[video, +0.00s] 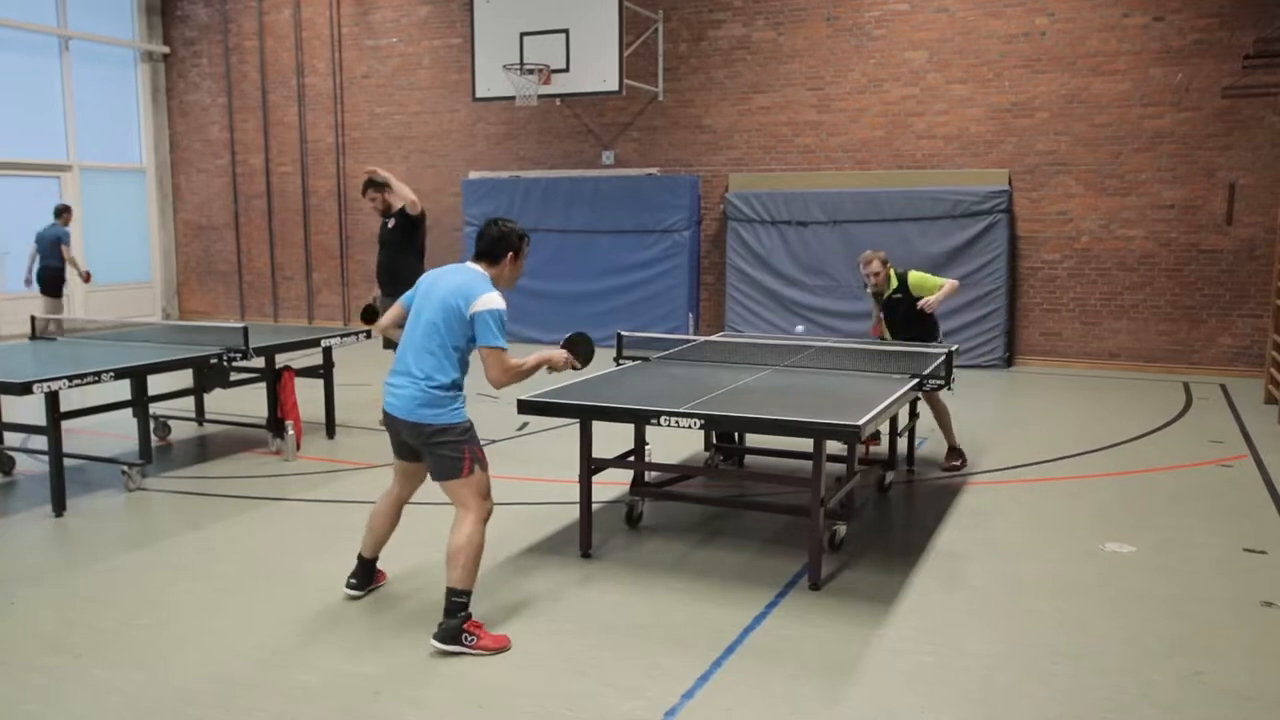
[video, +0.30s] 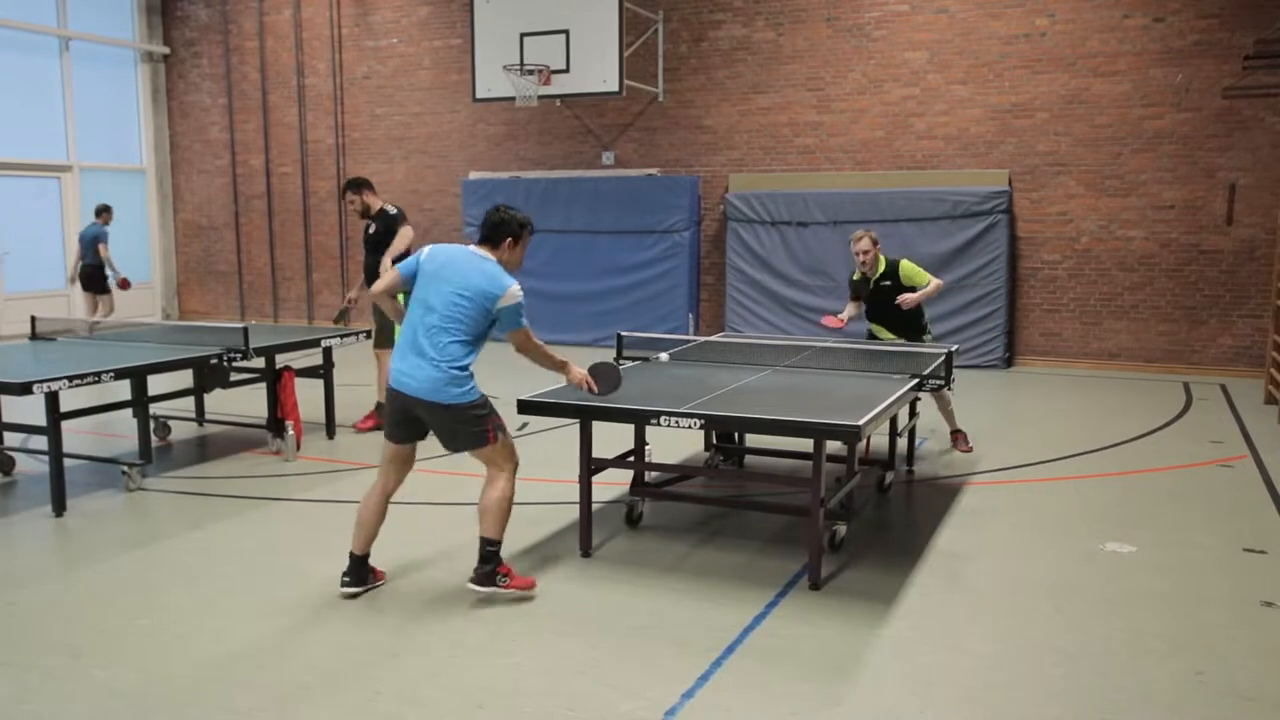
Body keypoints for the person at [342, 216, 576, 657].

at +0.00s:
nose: (520, 271)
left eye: (522, 263)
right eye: (522, 262)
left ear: (479, 252)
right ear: (509, 258)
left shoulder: (434, 276)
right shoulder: (485, 295)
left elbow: (386, 325)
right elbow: (500, 375)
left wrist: (429, 344)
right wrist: (546, 357)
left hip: (398, 405)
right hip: (438, 413)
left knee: (403, 484)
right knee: (475, 507)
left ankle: (361, 573)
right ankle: (455, 624)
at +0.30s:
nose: (523, 257)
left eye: (525, 249)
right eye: (523, 248)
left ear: (483, 237)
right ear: (509, 244)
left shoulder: (435, 253)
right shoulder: (504, 287)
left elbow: (379, 290)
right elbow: (525, 344)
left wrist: (408, 323)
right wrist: (566, 368)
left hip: (401, 383)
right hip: (448, 390)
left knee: (387, 476)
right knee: (503, 465)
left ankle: (356, 569)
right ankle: (489, 567)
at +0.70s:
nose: (543, 270)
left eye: (543, 264)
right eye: (543, 264)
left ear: (501, 259)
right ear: (534, 264)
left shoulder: (462, 282)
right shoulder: (541, 315)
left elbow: (423, 334)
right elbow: (555, 382)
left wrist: (446, 366)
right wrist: (571, 358)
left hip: (443, 416)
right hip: (500, 423)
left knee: (413, 494)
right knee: (521, 478)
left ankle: (398, 577)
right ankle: (522, 555)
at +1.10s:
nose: (515, 251)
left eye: (517, 243)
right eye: (517, 242)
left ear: (470, 233)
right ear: (506, 239)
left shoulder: (421, 267)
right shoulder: (496, 282)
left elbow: (384, 331)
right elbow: (514, 360)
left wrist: (429, 329)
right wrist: (547, 370)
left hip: (396, 404)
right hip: (453, 409)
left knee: (390, 501)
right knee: (495, 514)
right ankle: (510, 629)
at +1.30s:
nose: (475, 279)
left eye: (474, 273)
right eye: (474, 273)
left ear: (425, 272)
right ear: (466, 280)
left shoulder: (389, 295)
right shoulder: (468, 336)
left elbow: (413, 337)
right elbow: (515, 384)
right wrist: (543, 358)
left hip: (346, 444)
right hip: (402, 454)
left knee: (346, 519)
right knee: (470, 546)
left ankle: (282, 618)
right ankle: (502, 669)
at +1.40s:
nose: (431, 263)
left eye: (427, 257)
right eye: (428, 258)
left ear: (379, 258)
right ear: (420, 265)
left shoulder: (348, 279)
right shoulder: (429, 321)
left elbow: (389, 308)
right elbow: (484, 354)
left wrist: (424, 291)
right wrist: (536, 354)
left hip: (297, 434)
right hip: (357, 449)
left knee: (288, 512)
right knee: (418, 546)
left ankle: (222, 606)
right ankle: (475, 654)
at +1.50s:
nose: (382, 267)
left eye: (379, 261)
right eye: (377, 262)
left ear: (327, 266)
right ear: (366, 271)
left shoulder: (296, 294)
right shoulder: (376, 331)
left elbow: (337, 315)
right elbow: (431, 387)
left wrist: (369, 298)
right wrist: (485, 374)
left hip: (264, 451)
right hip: (321, 464)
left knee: (240, 532)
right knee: (392, 544)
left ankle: (169, 620)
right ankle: (377, 657)